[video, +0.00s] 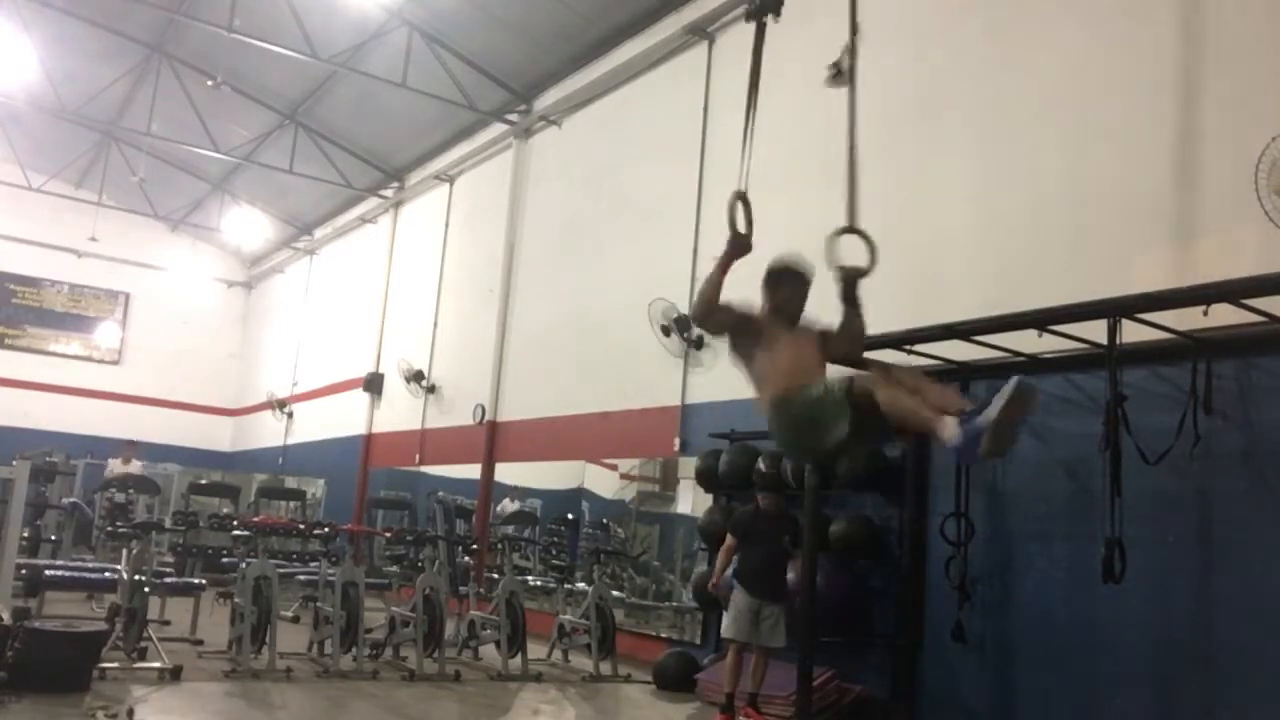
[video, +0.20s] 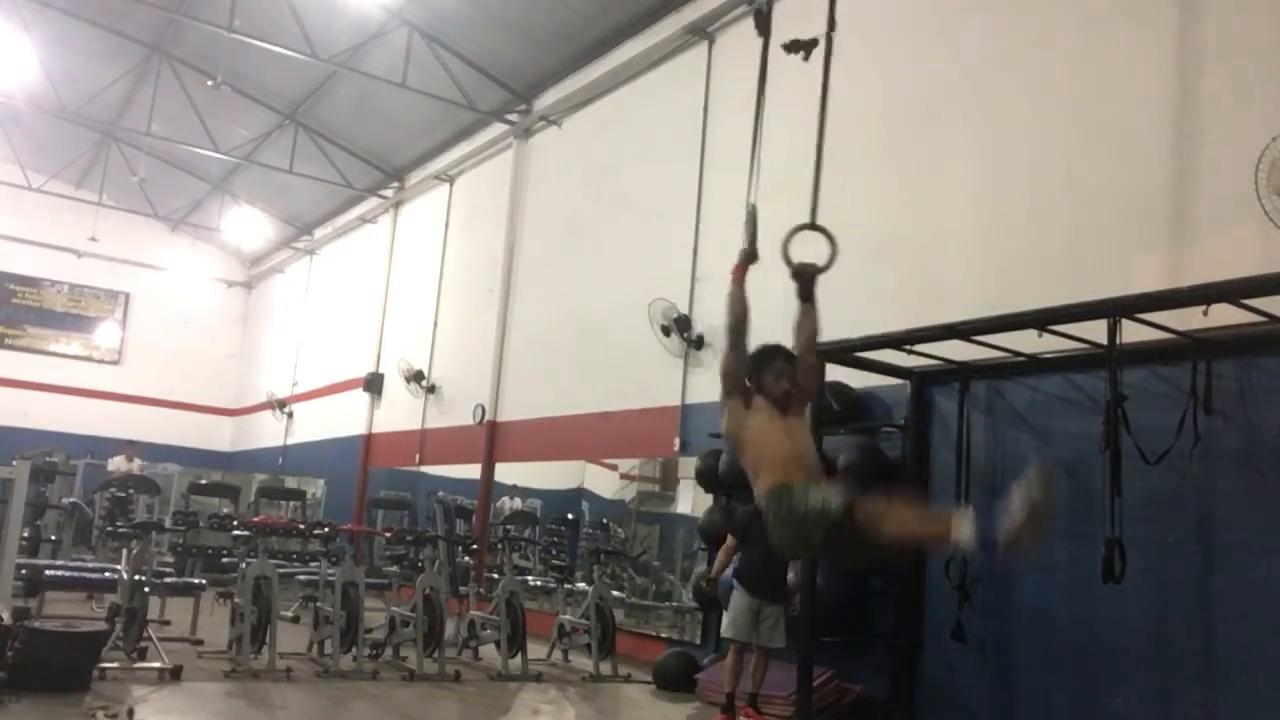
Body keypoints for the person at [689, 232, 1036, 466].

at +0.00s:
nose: (793, 297)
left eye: (799, 291)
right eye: (784, 288)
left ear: (805, 295)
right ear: (766, 290)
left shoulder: (811, 337)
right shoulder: (749, 326)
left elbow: (853, 346)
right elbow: (702, 315)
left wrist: (850, 296)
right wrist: (726, 260)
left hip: (830, 411)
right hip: (791, 416)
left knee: (898, 377)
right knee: (872, 388)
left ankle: (977, 414)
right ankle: (953, 435)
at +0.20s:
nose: (788, 383)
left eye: (790, 375)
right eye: (778, 375)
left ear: (795, 376)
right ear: (756, 378)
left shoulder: (798, 408)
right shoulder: (740, 409)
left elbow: (805, 349)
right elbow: (735, 339)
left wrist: (806, 291)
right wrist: (737, 278)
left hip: (821, 503)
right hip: (784, 509)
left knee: (895, 515)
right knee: (866, 511)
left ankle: (986, 531)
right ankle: (976, 529)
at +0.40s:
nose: (821, 394)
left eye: (829, 386)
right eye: (813, 384)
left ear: (839, 387)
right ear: (793, 380)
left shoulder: (833, 420)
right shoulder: (771, 417)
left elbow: (852, 349)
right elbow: (771, 335)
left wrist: (855, 281)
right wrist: (775, 266)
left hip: (834, 549)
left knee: (849, 668)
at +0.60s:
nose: (879, 389)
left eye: (888, 380)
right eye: (872, 378)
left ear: (896, 382)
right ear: (849, 370)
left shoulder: (882, 406)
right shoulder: (820, 402)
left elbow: (897, 324)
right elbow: (824, 314)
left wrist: (899, 259)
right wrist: (827, 246)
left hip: (837, 560)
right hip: (792, 545)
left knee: (791, 633)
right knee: (733, 607)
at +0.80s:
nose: (901, 376)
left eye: (908, 366)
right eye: (894, 363)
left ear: (913, 364)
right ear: (870, 351)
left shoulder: (893, 385)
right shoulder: (830, 379)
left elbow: (926, 315)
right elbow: (835, 297)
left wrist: (935, 245)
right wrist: (845, 222)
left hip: (815, 521)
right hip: (774, 504)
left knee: (765, 582)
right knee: (699, 542)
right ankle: (663, 465)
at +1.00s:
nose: (882, 379)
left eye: (889, 370)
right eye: (873, 367)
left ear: (894, 370)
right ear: (848, 360)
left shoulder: (877, 395)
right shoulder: (816, 393)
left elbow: (903, 324)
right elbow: (820, 307)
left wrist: (908, 253)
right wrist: (827, 235)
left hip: (808, 541)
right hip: (767, 524)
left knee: (751, 593)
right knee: (704, 577)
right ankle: (654, 536)